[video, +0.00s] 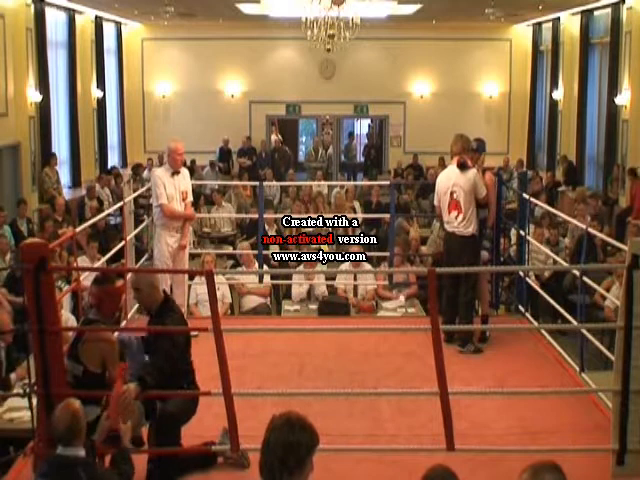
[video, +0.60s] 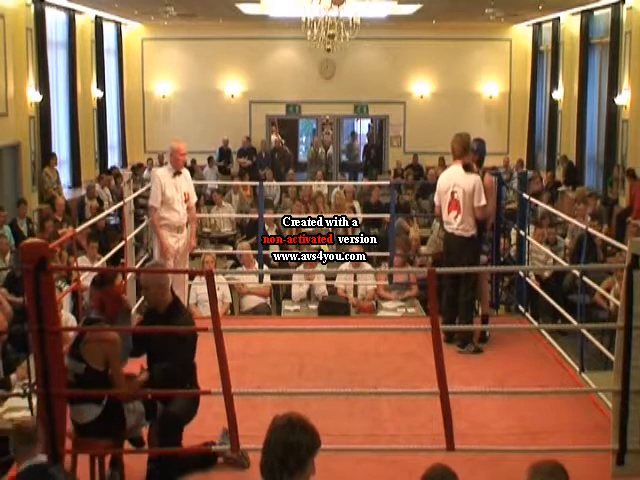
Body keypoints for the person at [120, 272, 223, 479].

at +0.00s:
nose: (135, 297)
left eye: (138, 291)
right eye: (134, 291)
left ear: (154, 290)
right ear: (154, 291)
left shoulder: (171, 322)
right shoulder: (158, 315)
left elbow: (165, 364)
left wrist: (140, 384)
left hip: (181, 391)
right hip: (162, 388)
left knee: (165, 415)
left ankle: (216, 451)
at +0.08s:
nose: (138, 298)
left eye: (140, 292)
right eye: (137, 292)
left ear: (154, 290)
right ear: (154, 290)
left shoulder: (173, 321)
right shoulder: (156, 314)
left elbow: (165, 362)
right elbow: (152, 350)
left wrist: (138, 381)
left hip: (181, 392)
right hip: (164, 390)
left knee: (166, 417)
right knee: (164, 465)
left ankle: (217, 451)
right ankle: (217, 449)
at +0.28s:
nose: (141, 295)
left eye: (145, 289)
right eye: (140, 289)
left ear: (162, 287)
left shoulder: (178, 318)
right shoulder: (154, 314)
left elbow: (176, 365)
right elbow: (150, 352)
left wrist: (144, 375)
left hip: (182, 393)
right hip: (160, 391)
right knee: (164, 466)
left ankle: (216, 451)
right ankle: (216, 450)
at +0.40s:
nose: (142, 294)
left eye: (146, 288)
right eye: (141, 288)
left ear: (163, 286)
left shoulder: (180, 319)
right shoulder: (154, 315)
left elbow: (179, 365)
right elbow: (147, 351)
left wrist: (148, 378)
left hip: (182, 392)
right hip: (161, 391)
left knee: (159, 467)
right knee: (163, 466)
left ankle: (216, 451)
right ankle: (215, 450)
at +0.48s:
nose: (143, 294)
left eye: (147, 288)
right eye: (142, 288)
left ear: (164, 286)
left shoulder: (181, 320)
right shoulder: (154, 315)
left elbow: (178, 367)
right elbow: (142, 350)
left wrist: (148, 382)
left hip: (182, 392)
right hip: (160, 391)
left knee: (159, 467)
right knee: (163, 465)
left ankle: (216, 451)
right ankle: (215, 450)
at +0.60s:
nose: (143, 294)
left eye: (147, 288)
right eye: (142, 288)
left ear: (163, 287)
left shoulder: (182, 320)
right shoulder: (152, 314)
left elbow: (178, 367)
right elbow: (136, 347)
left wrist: (148, 376)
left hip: (183, 392)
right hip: (158, 390)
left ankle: (215, 451)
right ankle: (215, 451)